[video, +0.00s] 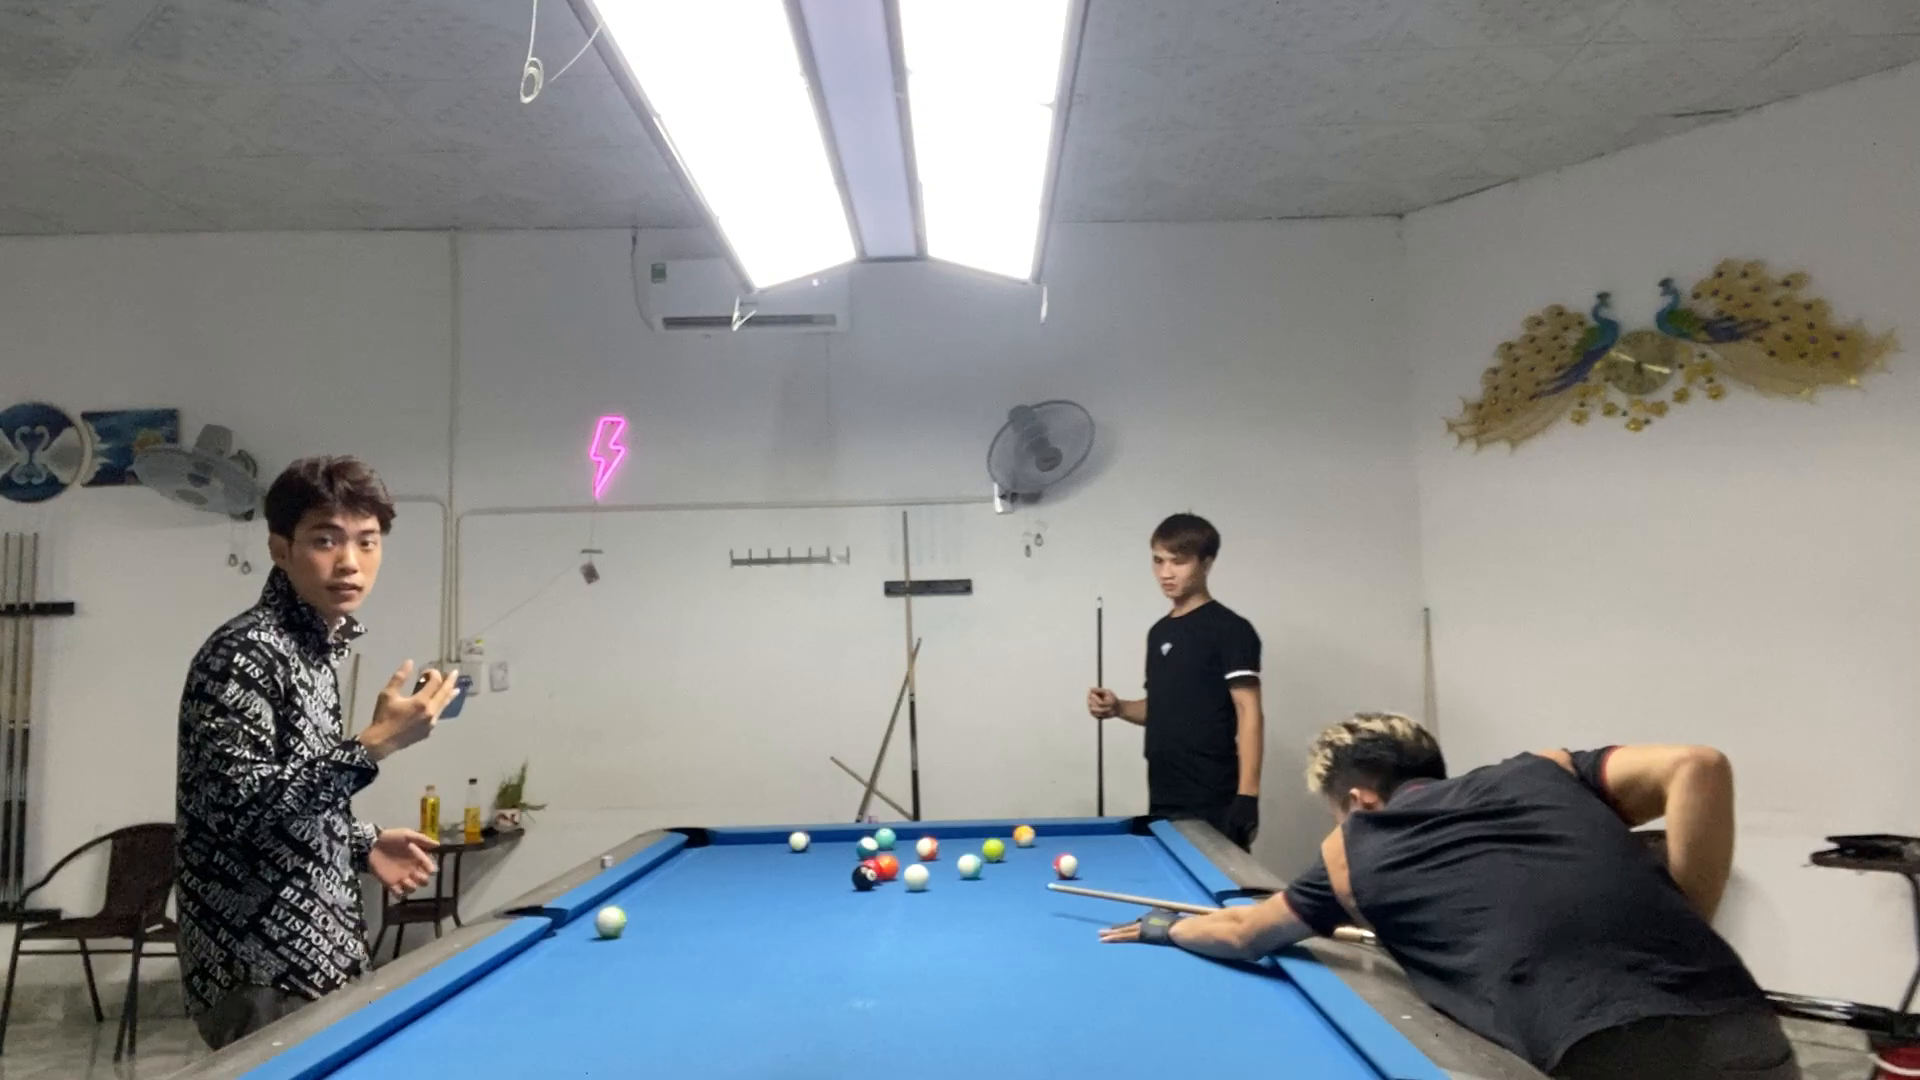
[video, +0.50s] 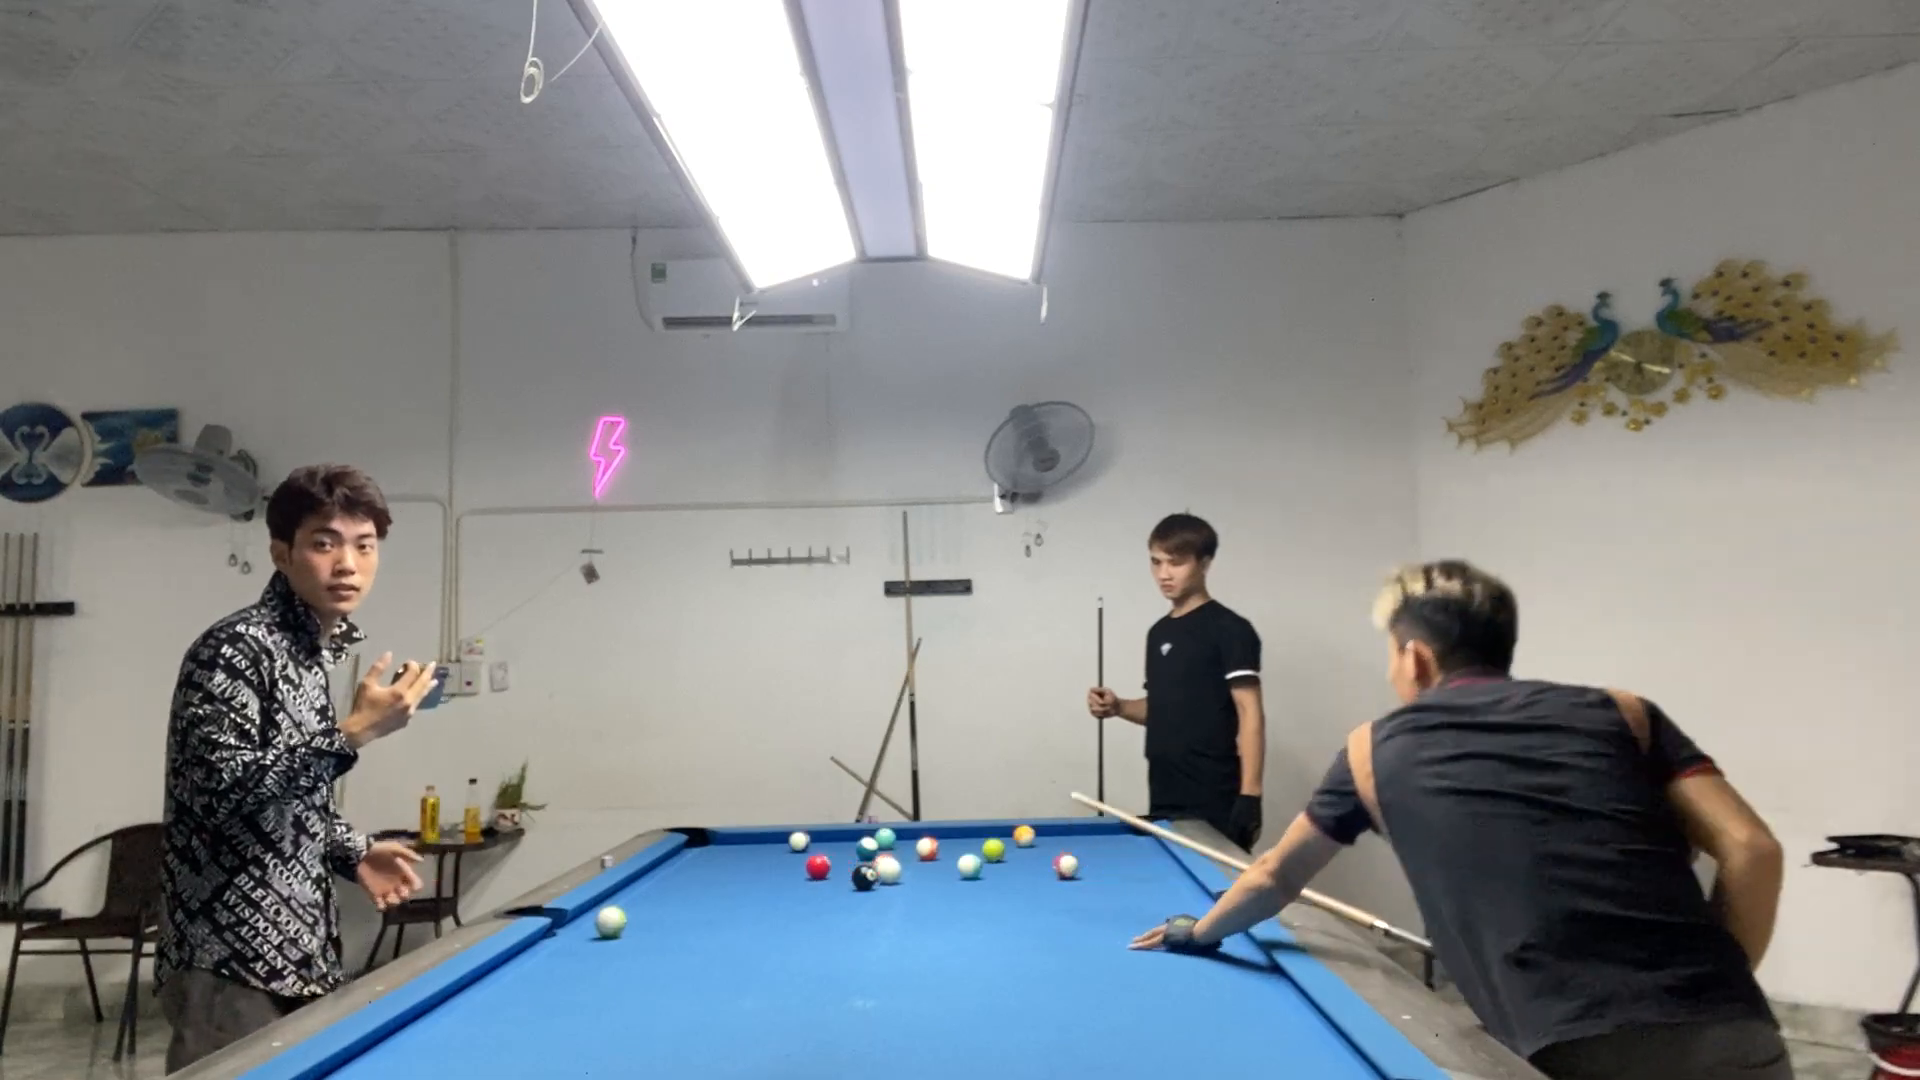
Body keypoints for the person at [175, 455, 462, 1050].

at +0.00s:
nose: (350, 561)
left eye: (366, 541)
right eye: (326, 540)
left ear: (381, 552)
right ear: (281, 549)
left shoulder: (314, 658)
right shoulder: (241, 654)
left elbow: (293, 807)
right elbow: (243, 810)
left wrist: (366, 844)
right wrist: (374, 743)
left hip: (321, 951)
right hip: (259, 967)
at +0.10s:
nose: (358, 561)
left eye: (374, 541)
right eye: (335, 540)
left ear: (388, 553)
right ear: (291, 549)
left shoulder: (319, 659)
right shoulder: (246, 653)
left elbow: (301, 801)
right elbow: (247, 807)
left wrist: (375, 843)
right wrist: (376, 737)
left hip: (327, 949)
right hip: (261, 965)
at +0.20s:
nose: (363, 562)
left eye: (379, 543)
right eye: (340, 540)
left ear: (392, 554)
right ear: (297, 549)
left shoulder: (324, 660)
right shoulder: (247, 652)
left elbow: (310, 797)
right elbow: (245, 801)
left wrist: (381, 844)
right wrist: (374, 733)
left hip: (329, 950)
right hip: (257, 964)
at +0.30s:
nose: (364, 564)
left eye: (381, 545)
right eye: (341, 542)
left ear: (394, 555)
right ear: (299, 551)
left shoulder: (326, 657)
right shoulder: (248, 651)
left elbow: (306, 799)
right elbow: (242, 799)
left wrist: (383, 847)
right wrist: (371, 732)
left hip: (321, 952)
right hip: (246, 963)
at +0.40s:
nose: (360, 564)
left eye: (376, 545)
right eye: (337, 543)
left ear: (389, 557)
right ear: (296, 554)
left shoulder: (323, 659)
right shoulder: (243, 650)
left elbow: (307, 795)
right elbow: (231, 788)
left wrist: (375, 850)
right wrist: (363, 732)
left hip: (313, 950)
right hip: (237, 958)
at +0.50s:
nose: (347, 564)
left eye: (363, 545)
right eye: (324, 543)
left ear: (376, 555)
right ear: (282, 554)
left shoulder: (308, 659)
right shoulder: (231, 651)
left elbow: (294, 797)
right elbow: (220, 786)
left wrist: (355, 854)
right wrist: (352, 731)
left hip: (303, 954)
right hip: (229, 962)